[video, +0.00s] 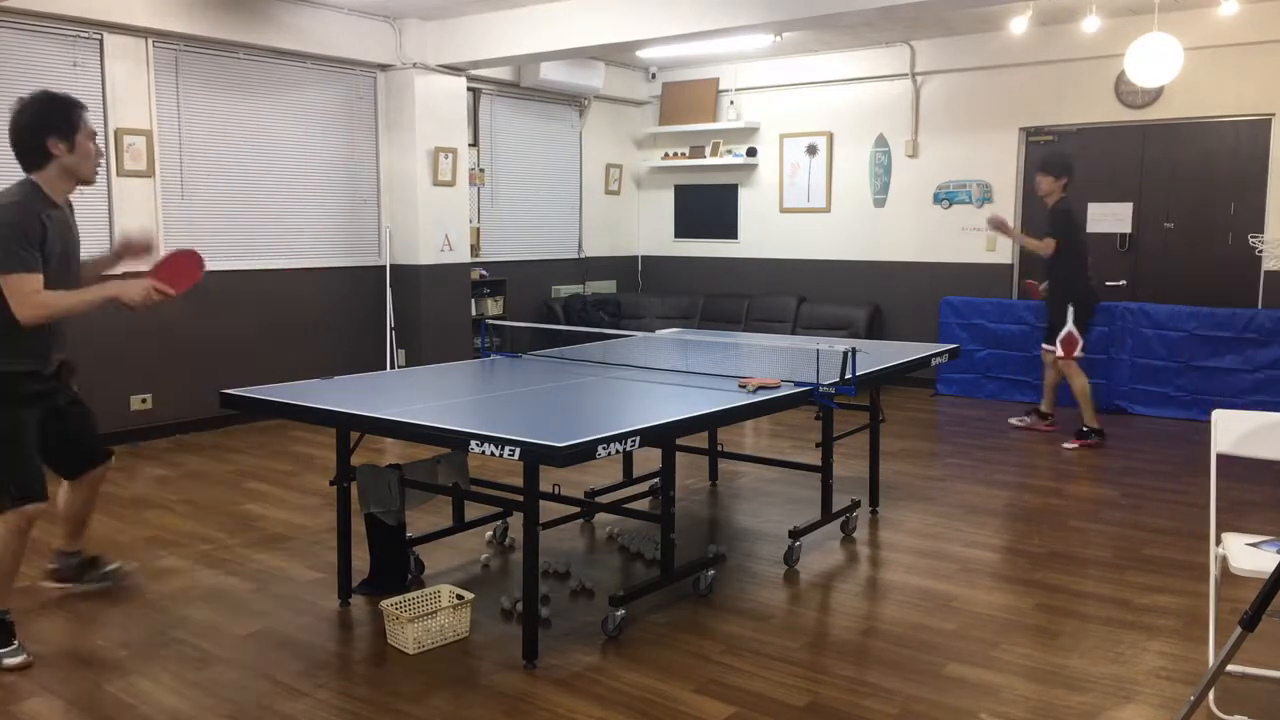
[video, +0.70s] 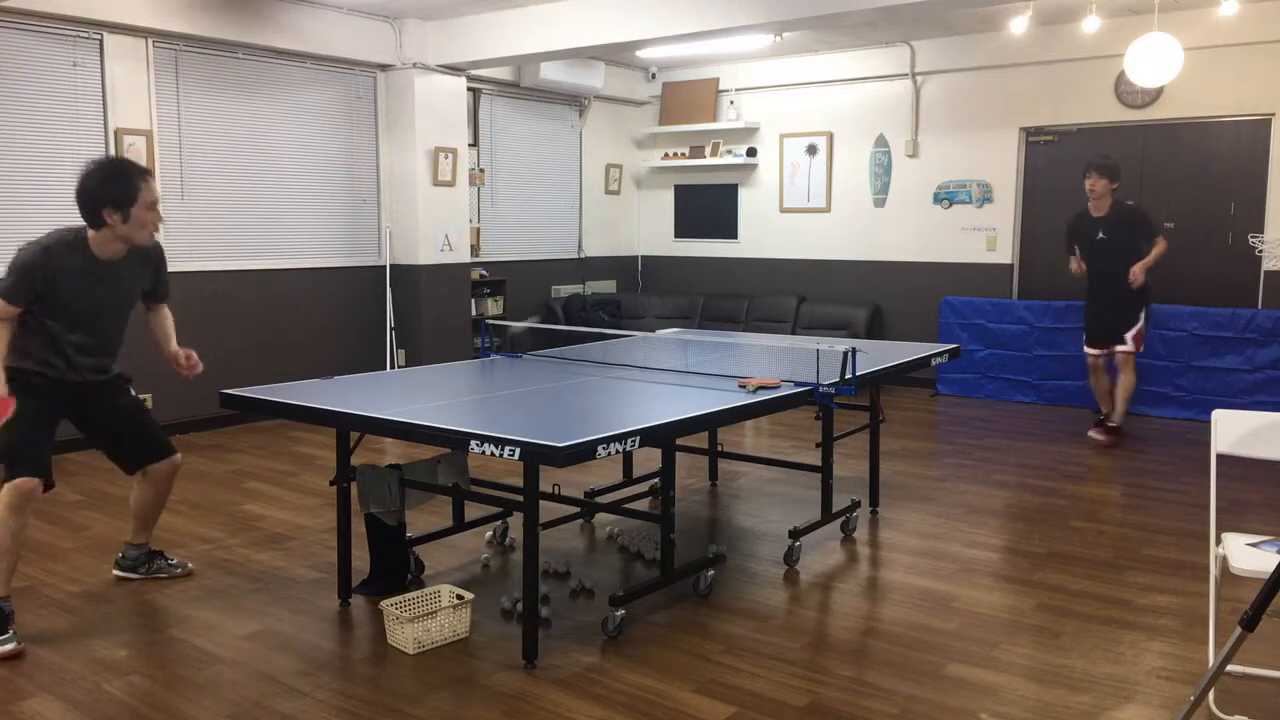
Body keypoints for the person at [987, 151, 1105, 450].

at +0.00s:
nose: (1037, 183)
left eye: (1043, 178)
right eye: (1037, 177)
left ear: (1061, 181)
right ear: (1052, 182)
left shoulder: (1062, 211)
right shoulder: (1059, 211)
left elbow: (1047, 248)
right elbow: (1071, 260)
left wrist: (1010, 232)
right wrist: (1049, 285)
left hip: (1074, 295)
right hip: (1062, 294)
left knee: (1066, 360)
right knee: (1050, 354)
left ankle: (1092, 428)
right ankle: (1045, 413)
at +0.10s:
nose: (1048, 180)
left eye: (1054, 175)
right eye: (1047, 175)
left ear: (1073, 178)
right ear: (1058, 179)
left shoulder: (1073, 209)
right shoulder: (1072, 210)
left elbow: (1056, 252)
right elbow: (1066, 264)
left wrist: (1017, 255)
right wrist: (1033, 279)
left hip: (1083, 296)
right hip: (1072, 294)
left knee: (1073, 360)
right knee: (1063, 355)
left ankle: (1092, 428)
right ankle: (1055, 412)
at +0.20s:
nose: (1058, 177)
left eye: (1065, 171)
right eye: (1058, 171)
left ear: (1083, 176)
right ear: (1064, 176)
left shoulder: (1083, 208)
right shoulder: (1070, 210)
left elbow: (1071, 251)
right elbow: (1054, 254)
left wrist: (1034, 274)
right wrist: (1015, 257)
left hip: (1092, 294)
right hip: (1078, 293)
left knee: (1082, 361)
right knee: (1073, 356)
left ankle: (1094, 429)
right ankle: (1077, 415)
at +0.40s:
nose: (1075, 176)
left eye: (1083, 170)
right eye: (1074, 170)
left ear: (1100, 176)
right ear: (1074, 175)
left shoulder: (1107, 208)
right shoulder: (1073, 214)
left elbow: (1116, 249)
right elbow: (1049, 245)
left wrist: (1079, 277)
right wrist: (1036, 227)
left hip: (1105, 291)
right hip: (1084, 291)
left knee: (1088, 357)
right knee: (1081, 355)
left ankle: (1095, 429)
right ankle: (1107, 410)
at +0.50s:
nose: (1083, 180)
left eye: (1091, 175)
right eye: (1081, 174)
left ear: (1106, 181)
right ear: (1077, 178)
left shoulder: (1117, 211)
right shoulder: (1075, 218)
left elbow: (1138, 247)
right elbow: (1059, 254)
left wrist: (1111, 270)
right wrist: (1052, 238)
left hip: (1111, 296)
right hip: (1086, 296)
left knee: (1093, 360)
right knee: (1087, 359)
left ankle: (1095, 428)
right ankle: (1104, 415)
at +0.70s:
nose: (1090, 185)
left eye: (1098, 179)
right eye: (1088, 179)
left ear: (1113, 185)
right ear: (1083, 182)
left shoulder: (1132, 215)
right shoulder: (1079, 221)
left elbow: (1161, 243)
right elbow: (1074, 255)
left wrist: (1143, 265)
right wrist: (1076, 265)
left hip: (1129, 297)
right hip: (1097, 297)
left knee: (1124, 358)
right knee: (1094, 360)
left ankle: (1116, 422)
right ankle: (1106, 415)